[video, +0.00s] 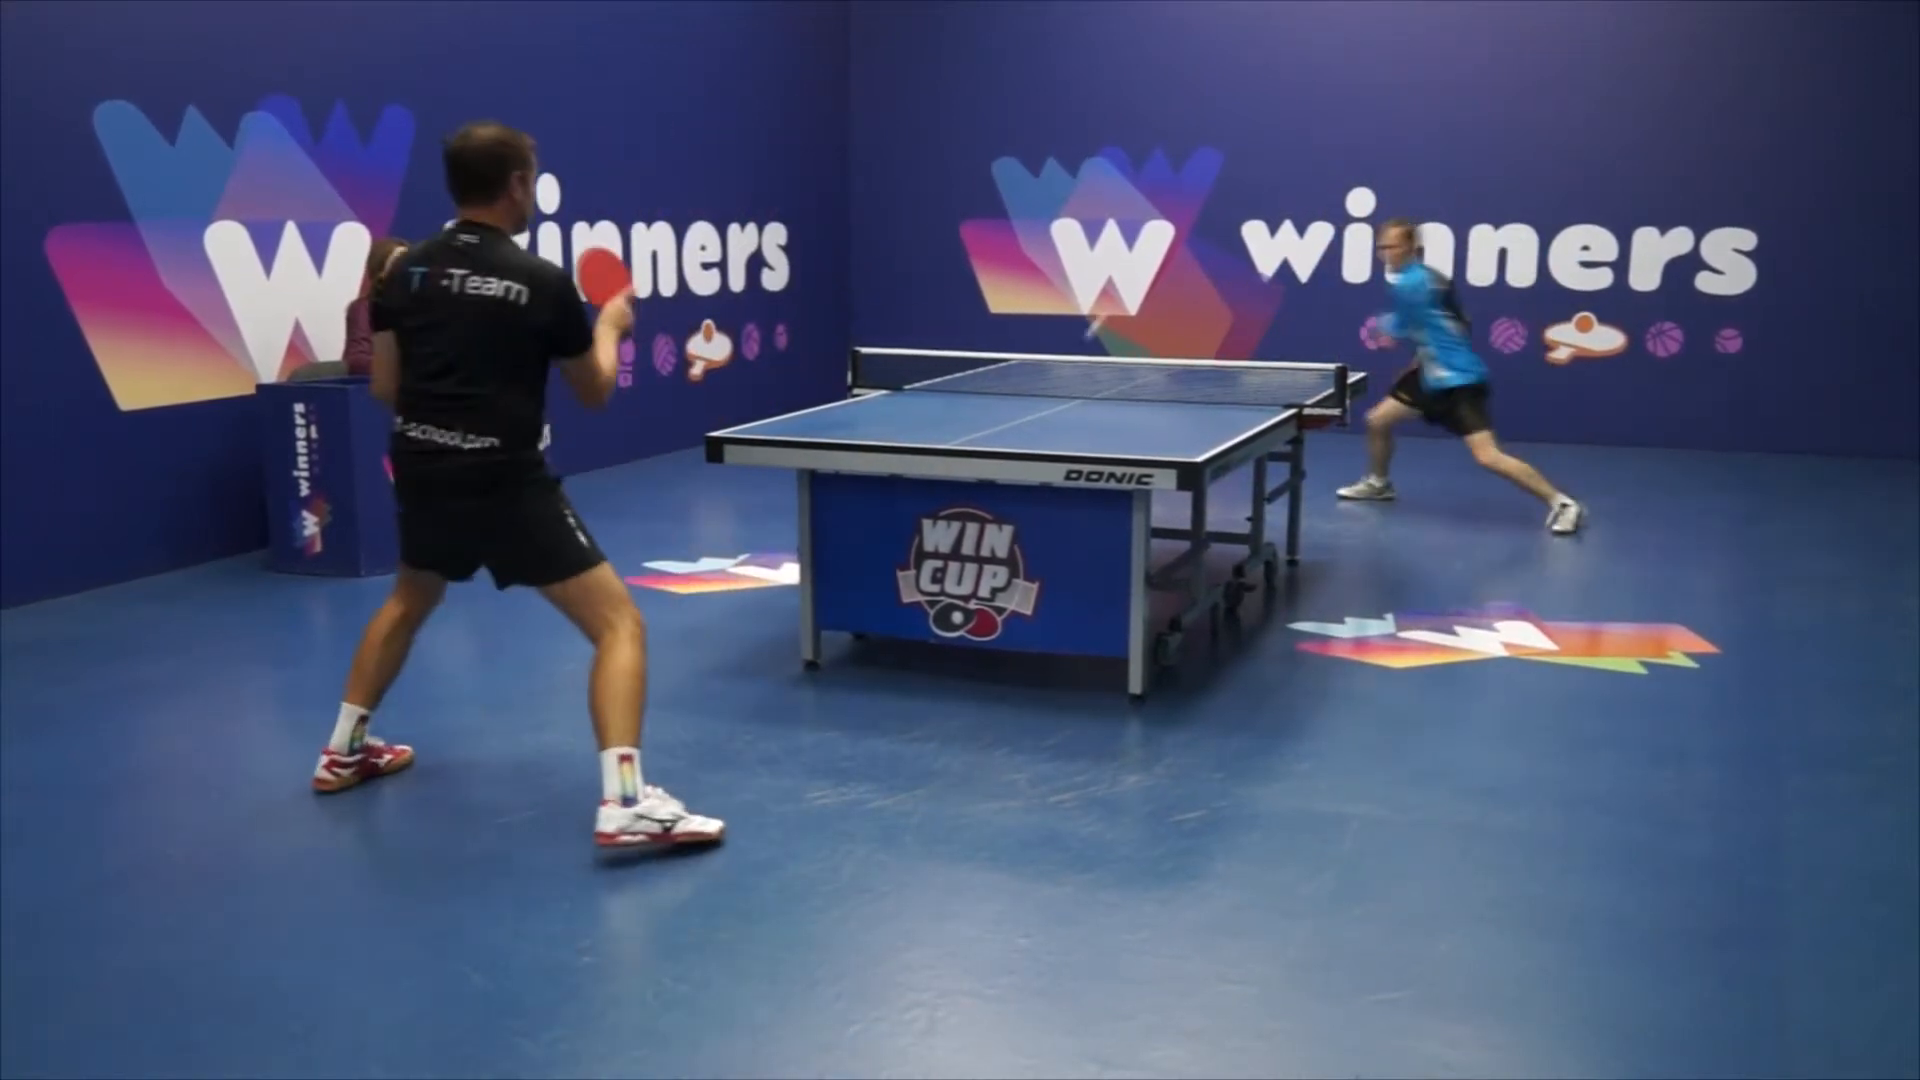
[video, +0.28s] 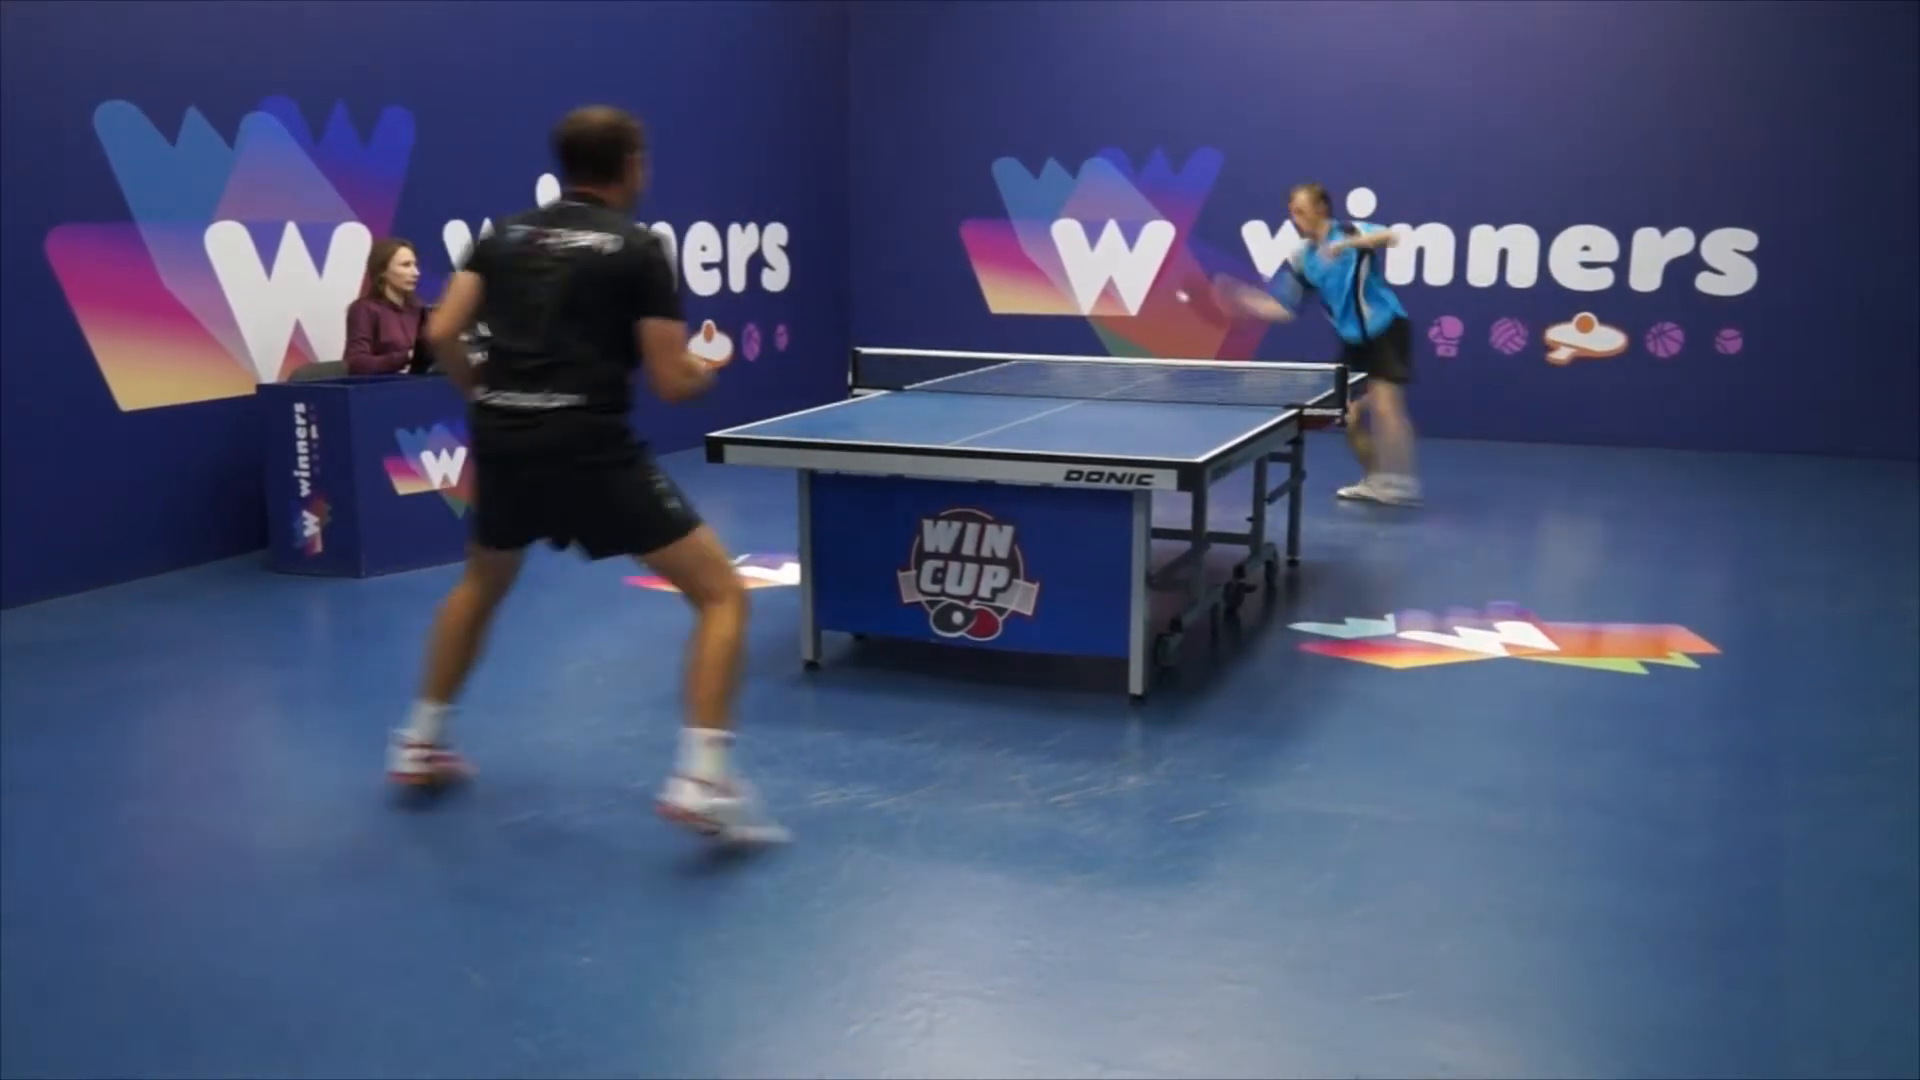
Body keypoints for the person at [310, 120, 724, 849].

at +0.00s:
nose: (536, 190)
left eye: (532, 179)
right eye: (533, 180)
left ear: (456, 188)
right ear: (516, 188)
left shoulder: (405, 270)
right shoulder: (543, 284)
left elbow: (387, 388)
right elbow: (593, 390)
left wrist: (453, 381)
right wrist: (609, 326)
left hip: (422, 478)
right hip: (508, 482)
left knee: (409, 600)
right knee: (618, 625)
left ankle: (344, 744)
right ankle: (624, 797)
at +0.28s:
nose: (645, 174)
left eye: (642, 162)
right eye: (641, 164)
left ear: (564, 171)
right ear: (627, 171)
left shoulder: (504, 235)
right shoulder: (639, 248)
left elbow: (439, 332)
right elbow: (672, 381)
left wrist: (476, 389)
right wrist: (707, 363)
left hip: (504, 452)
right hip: (594, 453)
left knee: (481, 581)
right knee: (720, 594)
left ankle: (419, 739)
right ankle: (703, 774)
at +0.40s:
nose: (698, 201)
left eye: (692, 189)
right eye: (695, 190)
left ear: (621, 192)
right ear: (682, 196)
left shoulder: (563, 264)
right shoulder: (683, 285)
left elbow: (500, 367)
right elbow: (708, 418)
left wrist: (550, 419)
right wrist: (803, 429)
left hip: (552, 472)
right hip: (640, 480)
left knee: (533, 607)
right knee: (755, 643)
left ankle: (479, 775)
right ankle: (814, 824)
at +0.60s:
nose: (776, 239)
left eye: (776, 226)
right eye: (775, 227)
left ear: (703, 216)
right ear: (755, 226)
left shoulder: (641, 273)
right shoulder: (719, 316)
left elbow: (579, 383)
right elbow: (754, 450)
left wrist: (649, 424)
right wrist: (865, 438)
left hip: (589, 492)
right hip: (668, 507)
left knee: (598, 632)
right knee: (811, 636)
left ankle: (485, 778)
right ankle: (829, 836)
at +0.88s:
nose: (817, 230)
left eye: (819, 217)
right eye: (819, 217)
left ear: (744, 203)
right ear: (799, 216)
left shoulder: (688, 251)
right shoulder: (765, 320)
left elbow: (615, 335)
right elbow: (793, 461)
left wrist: (682, 387)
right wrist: (910, 472)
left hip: (613, 470)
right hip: (686, 494)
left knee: (572, 638)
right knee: (833, 632)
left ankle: (479, 781)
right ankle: (811, 831)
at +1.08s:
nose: (889, 244)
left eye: (889, 230)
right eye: (889, 231)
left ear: (817, 215)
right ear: (869, 231)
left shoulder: (755, 257)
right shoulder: (834, 329)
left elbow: (675, 283)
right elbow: (873, 463)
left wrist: (723, 316)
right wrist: (999, 483)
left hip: (673, 476)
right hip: (741, 513)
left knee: (684, 597)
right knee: (846, 676)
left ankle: (565, 727)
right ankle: (764, 857)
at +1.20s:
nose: (928, 249)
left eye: (928, 236)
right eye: (929, 237)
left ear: (861, 218)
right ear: (909, 235)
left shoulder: (797, 260)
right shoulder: (868, 321)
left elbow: (714, 292)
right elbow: (907, 447)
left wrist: (658, 305)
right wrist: (1027, 439)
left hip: (705, 470)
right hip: (771, 504)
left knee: (746, 552)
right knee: (856, 677)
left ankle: (672, 691)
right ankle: (765, 855)